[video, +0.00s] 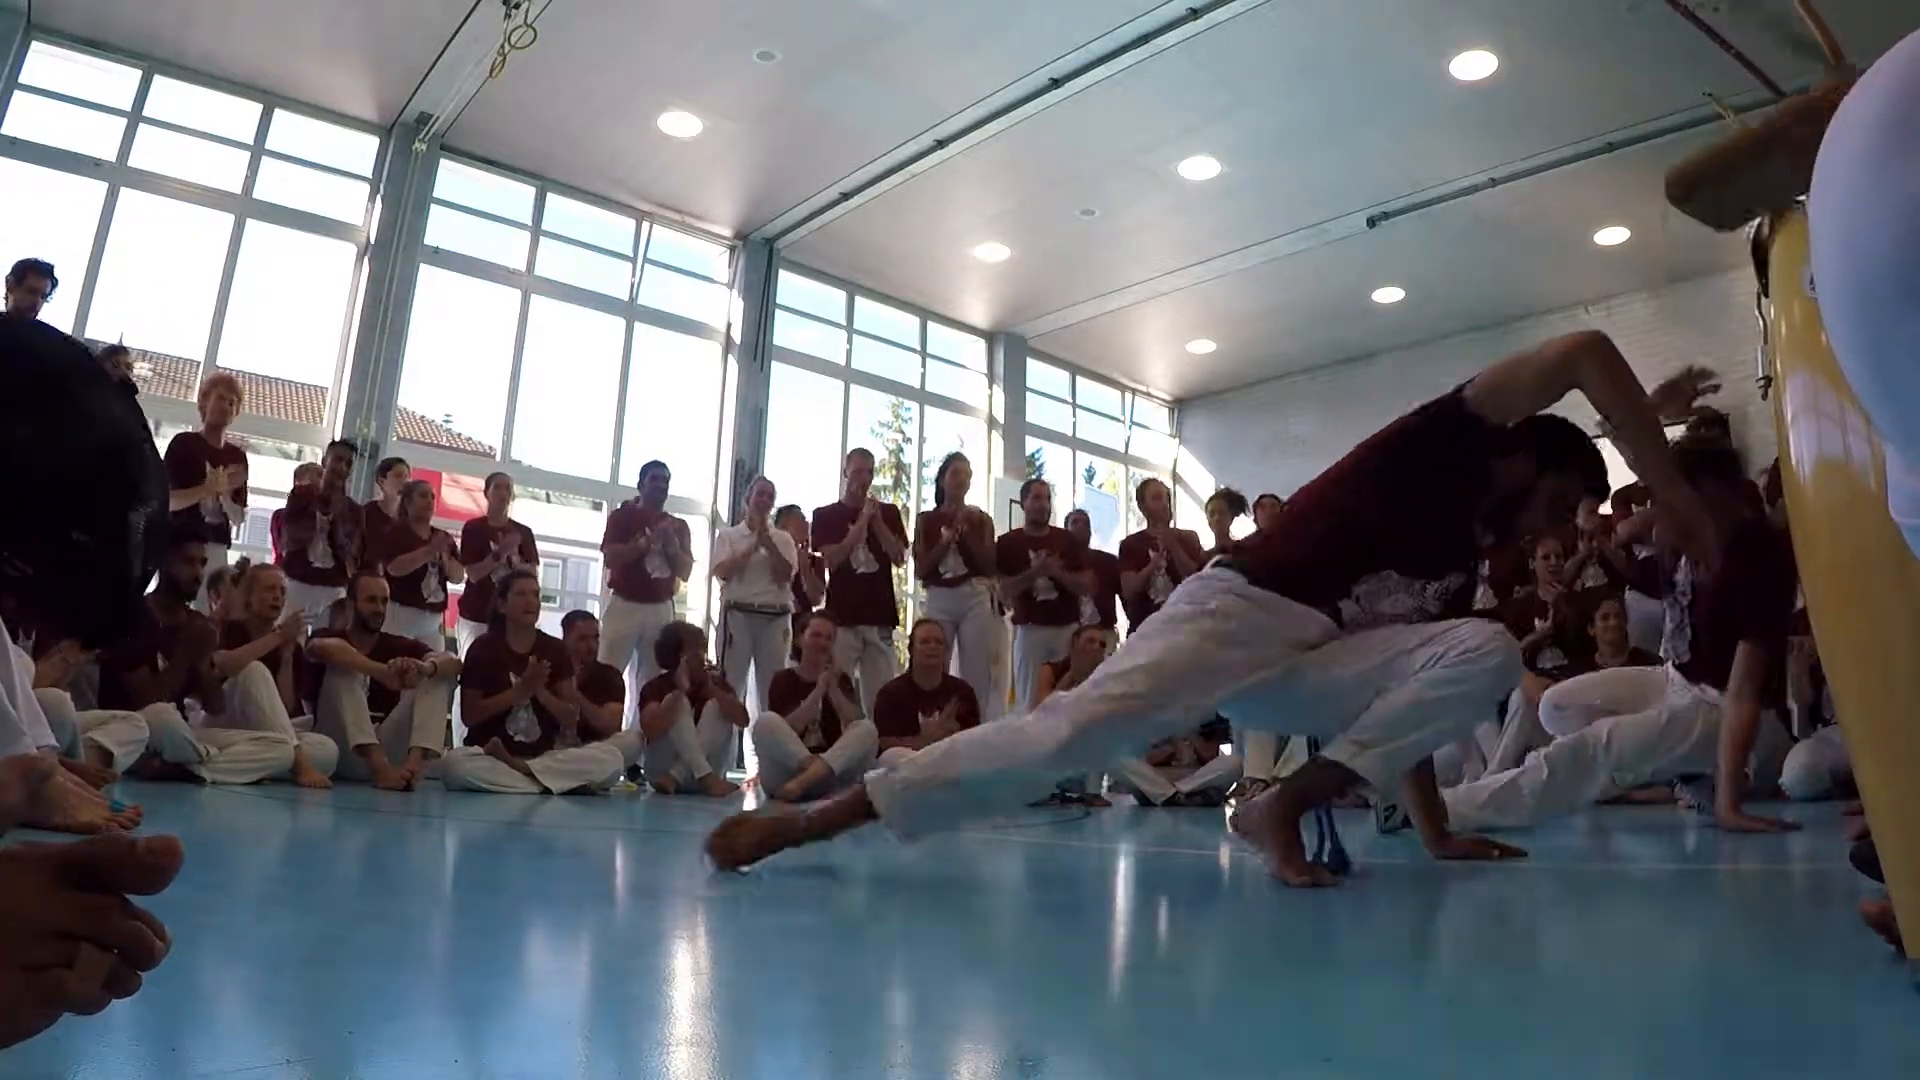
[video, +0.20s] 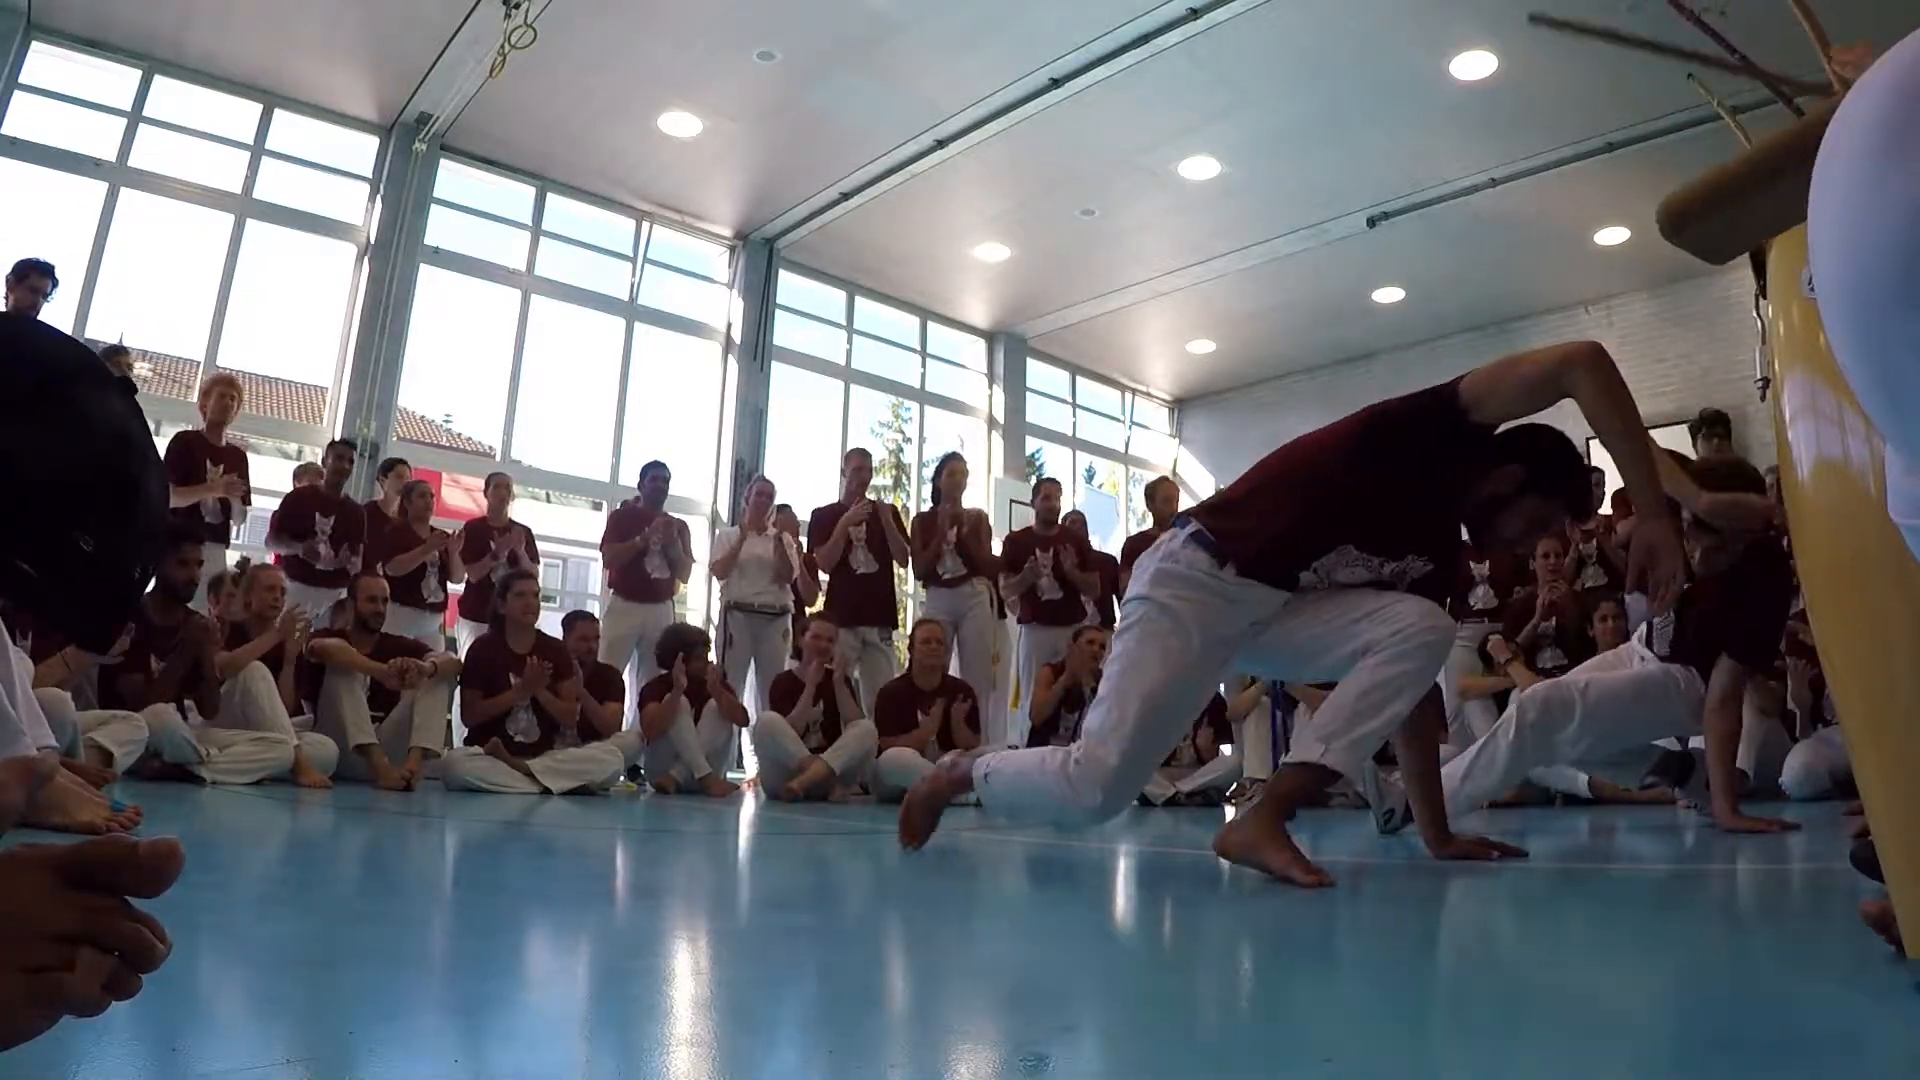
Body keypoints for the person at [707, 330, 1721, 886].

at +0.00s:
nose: (1543, 542)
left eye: (1558, 531)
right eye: (1551, 521)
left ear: (1542, 510)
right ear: (1529, 472)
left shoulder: (1472, 551)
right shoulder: (1469, 430)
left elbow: (1440, 686)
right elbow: (1585, 345)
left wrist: (1441, 828)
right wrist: (1676, 488)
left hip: (1334, 648)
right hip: (1251, 607)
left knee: (1486, 650)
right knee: (1066, 743)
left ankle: (1288, 804)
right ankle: (825, 814)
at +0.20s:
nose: (1529, 551)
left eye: (1544, 543)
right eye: (1539, 531)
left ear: (1518, 506)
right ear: (1516, 480)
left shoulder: (1442, 576)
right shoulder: (1436, 428)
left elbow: (1417, 697)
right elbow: (1584, 362)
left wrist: (1435, 834)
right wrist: (1658, 509)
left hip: (1287, 613)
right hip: (1197, 579)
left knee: (1428, 629)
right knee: (1096, 787)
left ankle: (1260, 820)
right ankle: (954, 778)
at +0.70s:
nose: (1355, 579)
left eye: (1368, 571)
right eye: (1357, 560)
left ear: (1353, 555)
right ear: (1321, 520)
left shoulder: (1304, 598)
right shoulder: (1270, 478)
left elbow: (1351, 713)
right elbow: (1237, 400)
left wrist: (1436, 835)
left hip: (1141, 575)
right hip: (1071, 517)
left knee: (1200, 680)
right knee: (1051, 709)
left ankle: (1060, 763)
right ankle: (947, 777)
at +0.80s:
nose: (1326, 600)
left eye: (1341, 590)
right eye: (1325, 578)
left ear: (1343, 569)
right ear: (1294, 533)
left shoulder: (1291, 608)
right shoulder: (1238, 494)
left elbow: (1344, 723)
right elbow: (1180, 386)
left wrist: (1435, 835)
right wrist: (1184, 513)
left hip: (1114, 581)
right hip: (1049, 517)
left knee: (1127, 711)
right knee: (1044, 706)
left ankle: (1001, 762)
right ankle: (946, 780)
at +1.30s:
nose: (1365, 600)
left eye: (1374, 589)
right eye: (1358, 586)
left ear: (1380, 552)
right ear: (1312, 551)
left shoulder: (1355, 542)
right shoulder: (1223, 509)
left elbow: (1426, 680)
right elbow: (1219, 691)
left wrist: (1512, 798)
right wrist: (1274, 850)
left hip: (1117, 485)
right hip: (1057, 468)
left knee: (1019, 560)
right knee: (1034, 675)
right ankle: (950, 784)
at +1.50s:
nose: (1484, 654)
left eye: (1499, 646)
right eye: (1487, 643)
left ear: (1478, 569)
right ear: (1463, 620)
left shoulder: (1443, 559)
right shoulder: (1340, 580)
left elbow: (1467, 714)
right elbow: (1220, 719)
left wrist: (1530, 841)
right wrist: (1267, 861)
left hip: (1196, 424)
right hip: (1134, 468)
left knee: (1089, 360)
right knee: (1067, 662)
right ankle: (964, 771)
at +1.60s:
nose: (1534, 702)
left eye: (1545, 691)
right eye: (1539, 689)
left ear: (1536, 590)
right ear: (1512, 660)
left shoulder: (1476, 571)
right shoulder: (1379, 623)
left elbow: (1475, 712)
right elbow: (1230, 719)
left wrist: (1529, 840)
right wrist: (1267, 862)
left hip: (1243, 419)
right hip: (1174, 477)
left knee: (1168, 304)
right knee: (1097, 666)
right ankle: (978, 765)